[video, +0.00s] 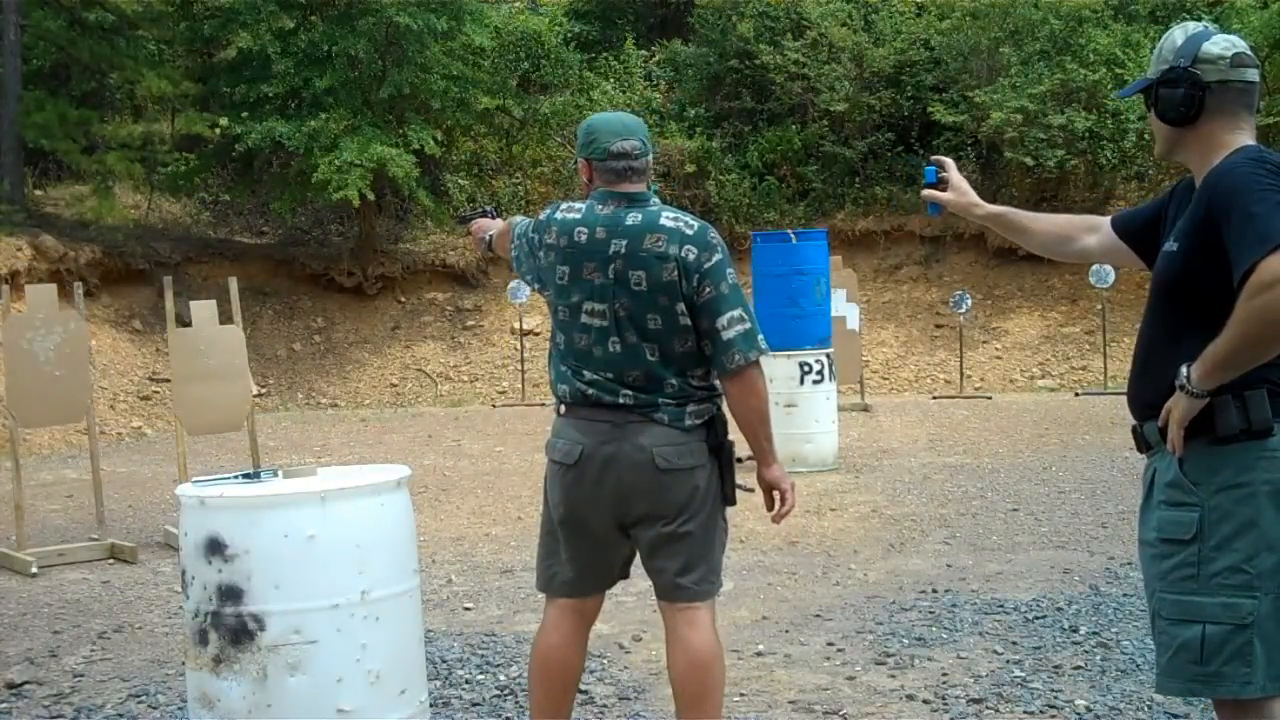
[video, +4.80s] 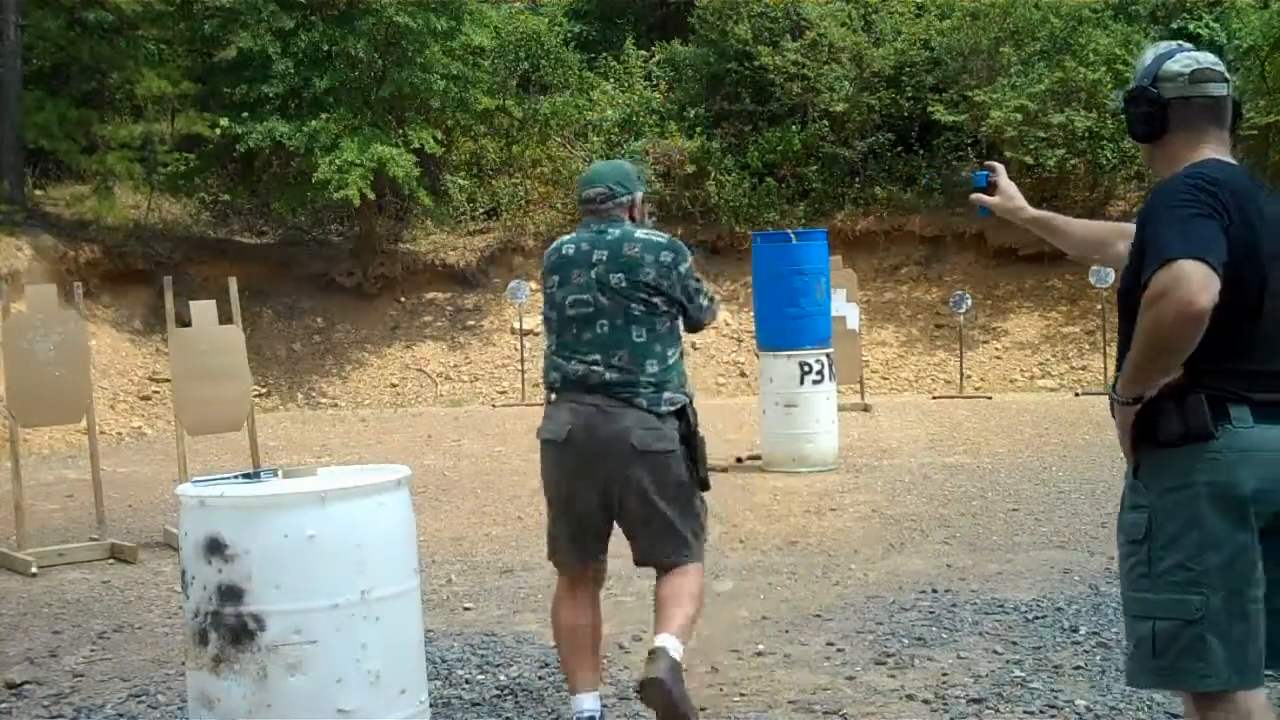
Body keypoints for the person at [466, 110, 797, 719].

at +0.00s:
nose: (581, 171)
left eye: (581, 164)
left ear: (586, 171)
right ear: (650, 167)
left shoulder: (557, 230)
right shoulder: (694, 239)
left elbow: (510, 241)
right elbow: (738, 362)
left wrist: (491, 229)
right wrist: (767, 459)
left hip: (581, 446)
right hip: (676, 450)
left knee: (568, 607)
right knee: (689, 612)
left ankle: (547, 715)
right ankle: (702, 715)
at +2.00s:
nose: (585, 172)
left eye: (586, 165)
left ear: (592, 170)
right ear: (658, 166)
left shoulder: (562, 233)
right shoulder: (697, 240)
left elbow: (527, 236)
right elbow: (747, 365)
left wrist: (533, 228)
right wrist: (778, 458)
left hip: (584, 447)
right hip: (682, 452)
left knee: (570, 608)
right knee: (693, 612)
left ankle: (547, 715)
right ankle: (703, 718)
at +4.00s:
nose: (594, 173)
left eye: (596, 166)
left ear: (602, 172)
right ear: (668, 168)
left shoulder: (569, 235)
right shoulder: (705, 244)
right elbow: (753, 370)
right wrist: (779, 452)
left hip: (593, 446)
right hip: (690, 452)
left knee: (573, 610)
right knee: (696, 615)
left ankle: (548, 713)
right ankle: (705, 717)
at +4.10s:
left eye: (611, 167)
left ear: (613, 173)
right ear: (679, 171)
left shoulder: (578, 237)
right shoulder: (715, 246)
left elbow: (558, 313)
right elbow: (759, 365)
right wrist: (773, 430)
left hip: (600, 448)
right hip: (694, 453)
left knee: (575, 608)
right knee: (699, 614)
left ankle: (550, 713)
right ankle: (706, 718)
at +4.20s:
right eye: (679, 169)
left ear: (622, 177)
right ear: (685, 176)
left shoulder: (587, 247)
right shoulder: (723, 249)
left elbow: (565, 343)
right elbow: (768, 364)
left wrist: (628, 360)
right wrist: (723, 381)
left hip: (606, 453)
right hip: (699, 455)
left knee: (576, 603)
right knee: (702, 614)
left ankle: (565, 713)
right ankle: (706, 717)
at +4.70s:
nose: (652, 212)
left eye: (645, 205)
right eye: (650, 204)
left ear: (590, 211)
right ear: (642, 208)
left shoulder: (561, 263)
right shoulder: (676, 259)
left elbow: (552, 350)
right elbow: (718, 347)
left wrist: (609, 332)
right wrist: (682, 311)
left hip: (573, 432)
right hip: (656, 433)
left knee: (579, 575)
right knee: (689, 574)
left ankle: (586, 708)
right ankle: (696, 696)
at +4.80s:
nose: (646, 209)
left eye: (640, 202)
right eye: (644, 202)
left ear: (584, 207)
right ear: (635, 205)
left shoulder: (557, 254)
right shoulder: (660, 249)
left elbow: (574, 316)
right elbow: (702, 314)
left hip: (566, 425)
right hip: (645, 428)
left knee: (577, 575)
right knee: (679, 557)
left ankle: (585, 708)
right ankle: (665, 654)